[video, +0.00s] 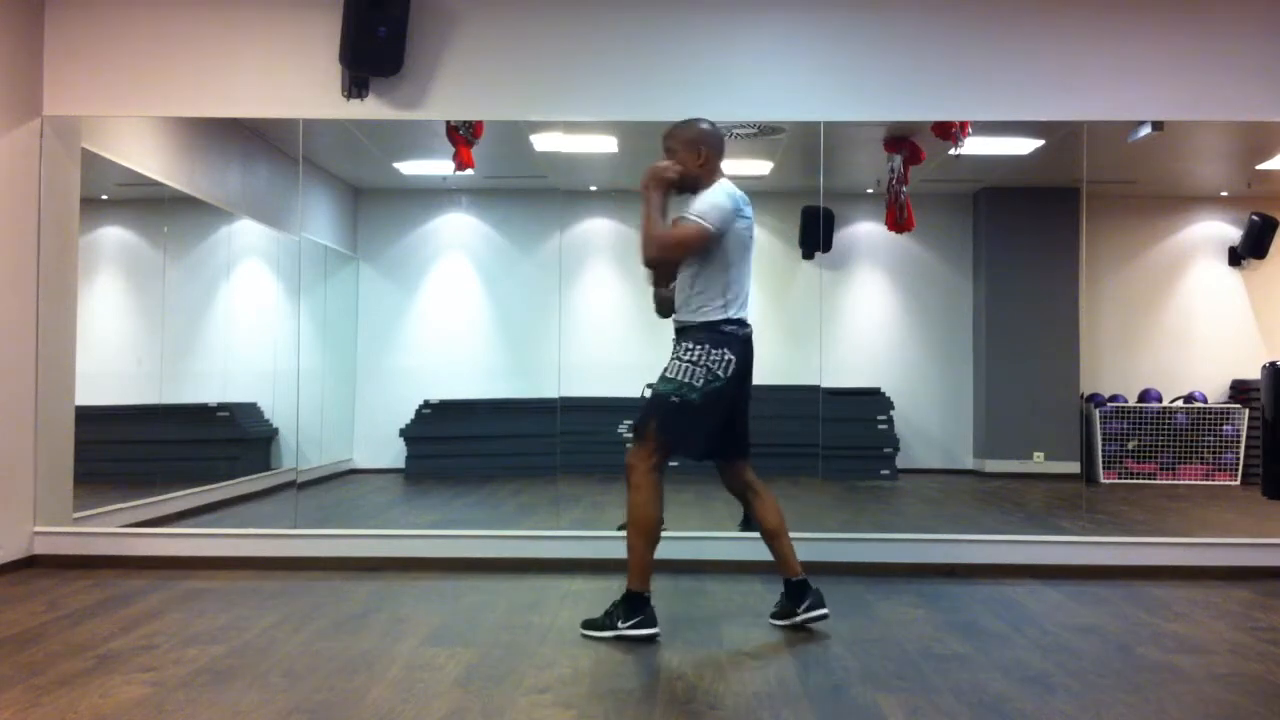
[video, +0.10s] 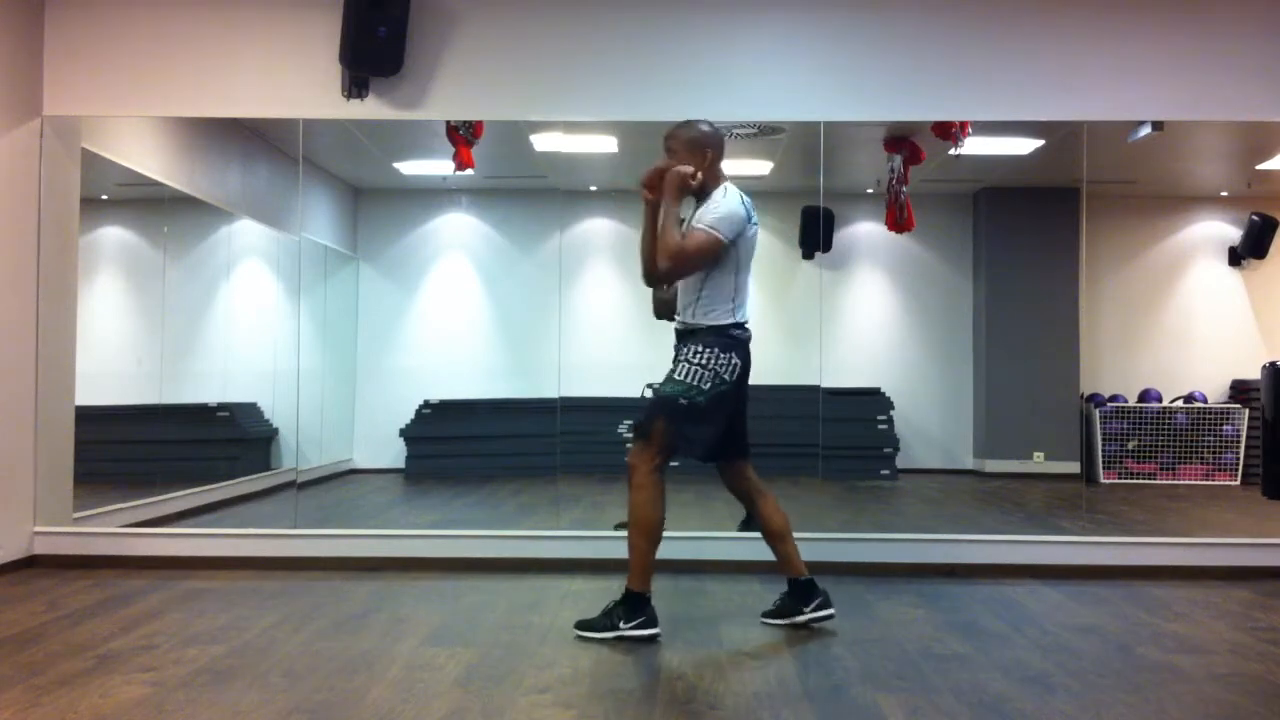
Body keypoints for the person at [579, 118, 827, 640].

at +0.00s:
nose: (667, 166)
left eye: (673, 156)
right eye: (667, 157)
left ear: (702, 156)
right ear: (705, 156)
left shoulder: (722, 198)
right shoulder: (706, 201)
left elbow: (658, 252)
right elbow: (668, 297)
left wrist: (653, 191)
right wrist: (666, 276)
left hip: (706, 347)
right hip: (719, 347)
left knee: (642, 460)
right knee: (738, 474)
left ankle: (636, 603)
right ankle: (799, 589)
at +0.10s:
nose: (668, 169)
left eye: (675, 160)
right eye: (668, 159)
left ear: (705, 162)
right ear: (701, 164)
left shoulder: (731, 204)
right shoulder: (700, 207)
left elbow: (669, 265)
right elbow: (652, 272)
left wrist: (672, 197)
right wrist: (652, 205)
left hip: (712, 351)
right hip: (707, 349)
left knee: (643, 458)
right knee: (739, 475)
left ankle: (636, 603)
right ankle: (803, 588)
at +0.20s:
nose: (670, 169)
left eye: (677, 160)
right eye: (671, 159)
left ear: (707, 161)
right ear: (711, 162)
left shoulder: (724, 204)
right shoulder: (718, 206)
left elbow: (655, 260)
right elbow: (659, 278)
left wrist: (664, 200)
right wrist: (664, 215)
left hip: (710, 354)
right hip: (726, 354)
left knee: (636, 460)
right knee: (753, 481)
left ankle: (634, 603)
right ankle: (808, 593)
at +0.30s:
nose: (666, 179)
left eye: (670, 169)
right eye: (667, 170)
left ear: (691, 166)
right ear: (715, 164)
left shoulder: (695, 205)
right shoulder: (751, 213)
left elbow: (638, 270)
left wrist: (655, 209)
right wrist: (671, 289)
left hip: (706, 355)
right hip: (744, 355)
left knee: (629, 463)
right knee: (753, 478)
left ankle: (624, 602)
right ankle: (807, 594)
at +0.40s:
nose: (653, 190)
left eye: (654, 181)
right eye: (652, 182)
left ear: (674, 175)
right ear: (697, 172)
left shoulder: (688, 214)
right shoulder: (741, 217)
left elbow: (642, 283)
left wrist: (648, 222)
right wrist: (665, 298)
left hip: (708, 359)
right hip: (744, 359)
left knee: (629, 465)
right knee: (753, 481)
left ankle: (619, 604)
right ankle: (810, 595)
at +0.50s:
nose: (639, 190)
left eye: (644, 179)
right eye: (639, 180)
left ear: (675, 178)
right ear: (679, 178)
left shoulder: (703, 216)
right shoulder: (693, 224)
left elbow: (659, 287)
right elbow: (666, 322)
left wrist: (644, 227)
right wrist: (649, 239)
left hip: (717, 361)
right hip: (729, 362)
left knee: (636, 462)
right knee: (742, 484)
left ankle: (621, 605)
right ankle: (809, 593)